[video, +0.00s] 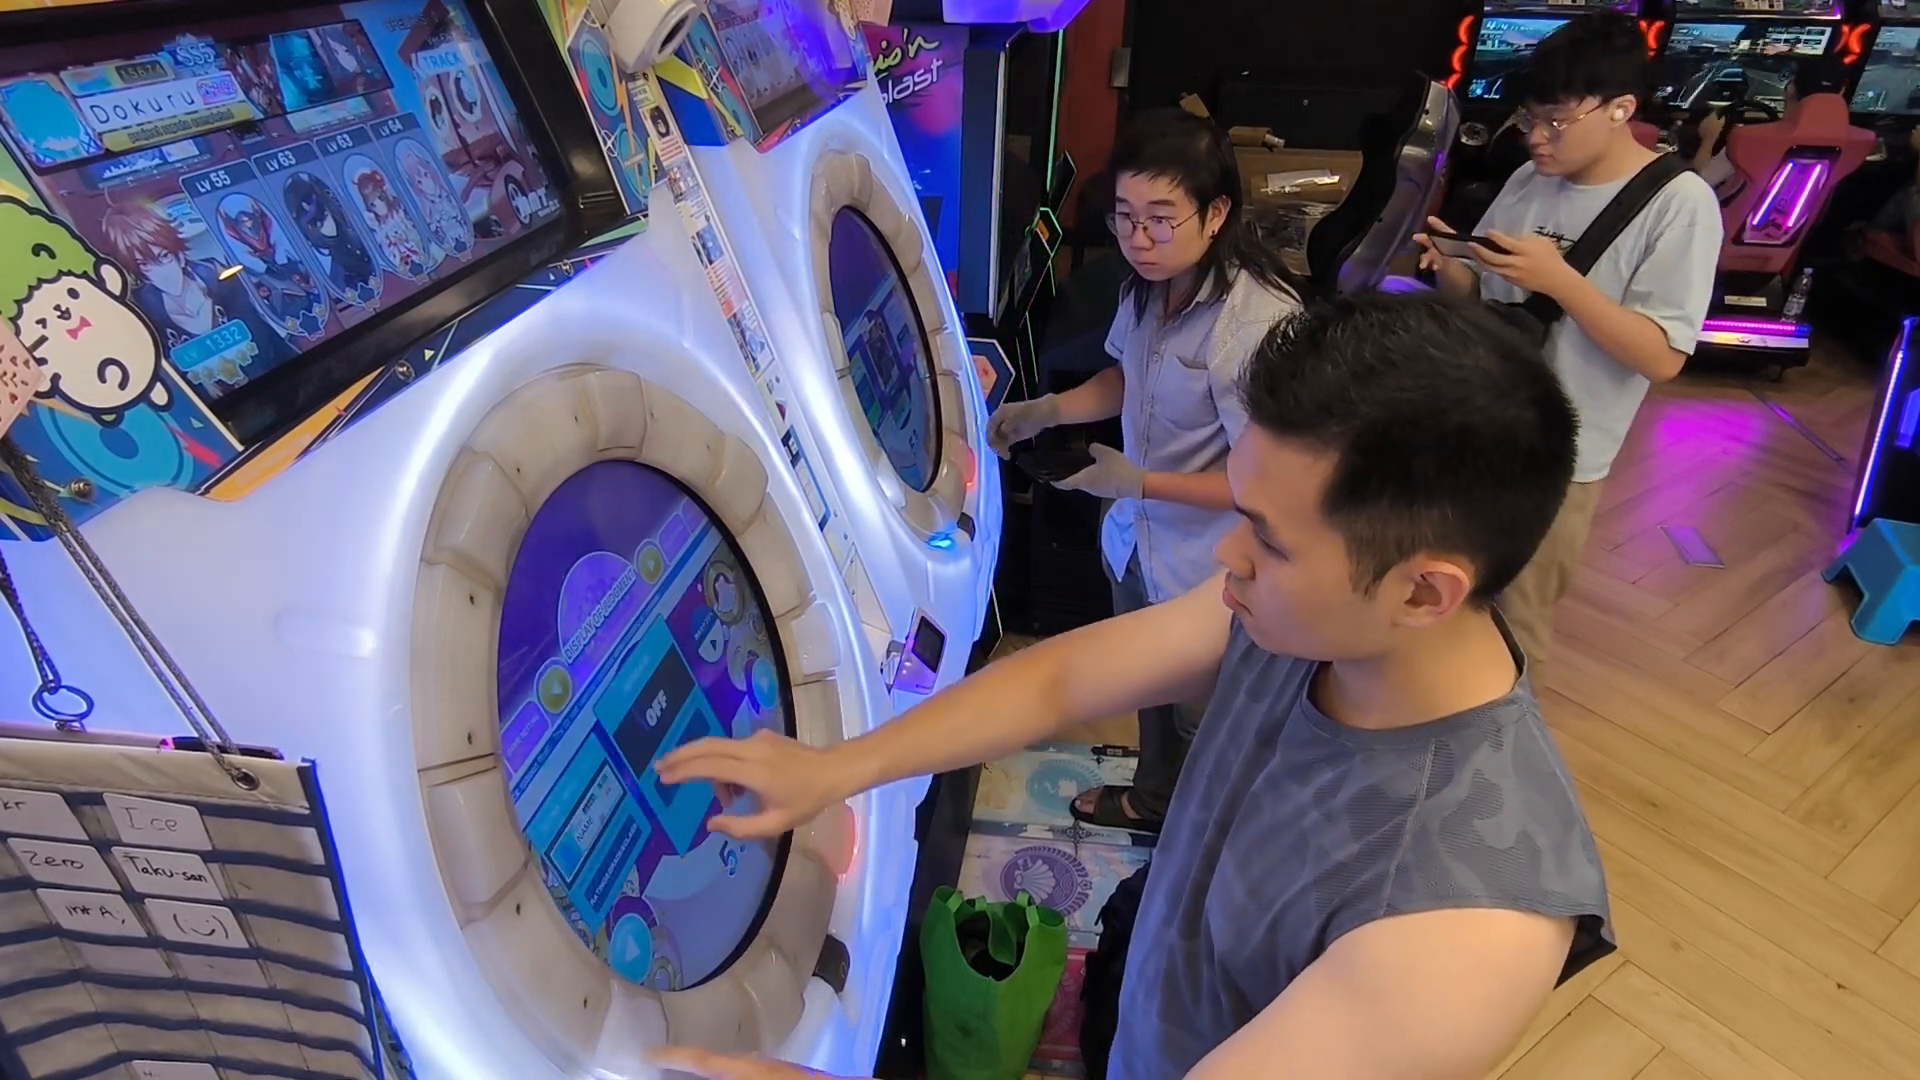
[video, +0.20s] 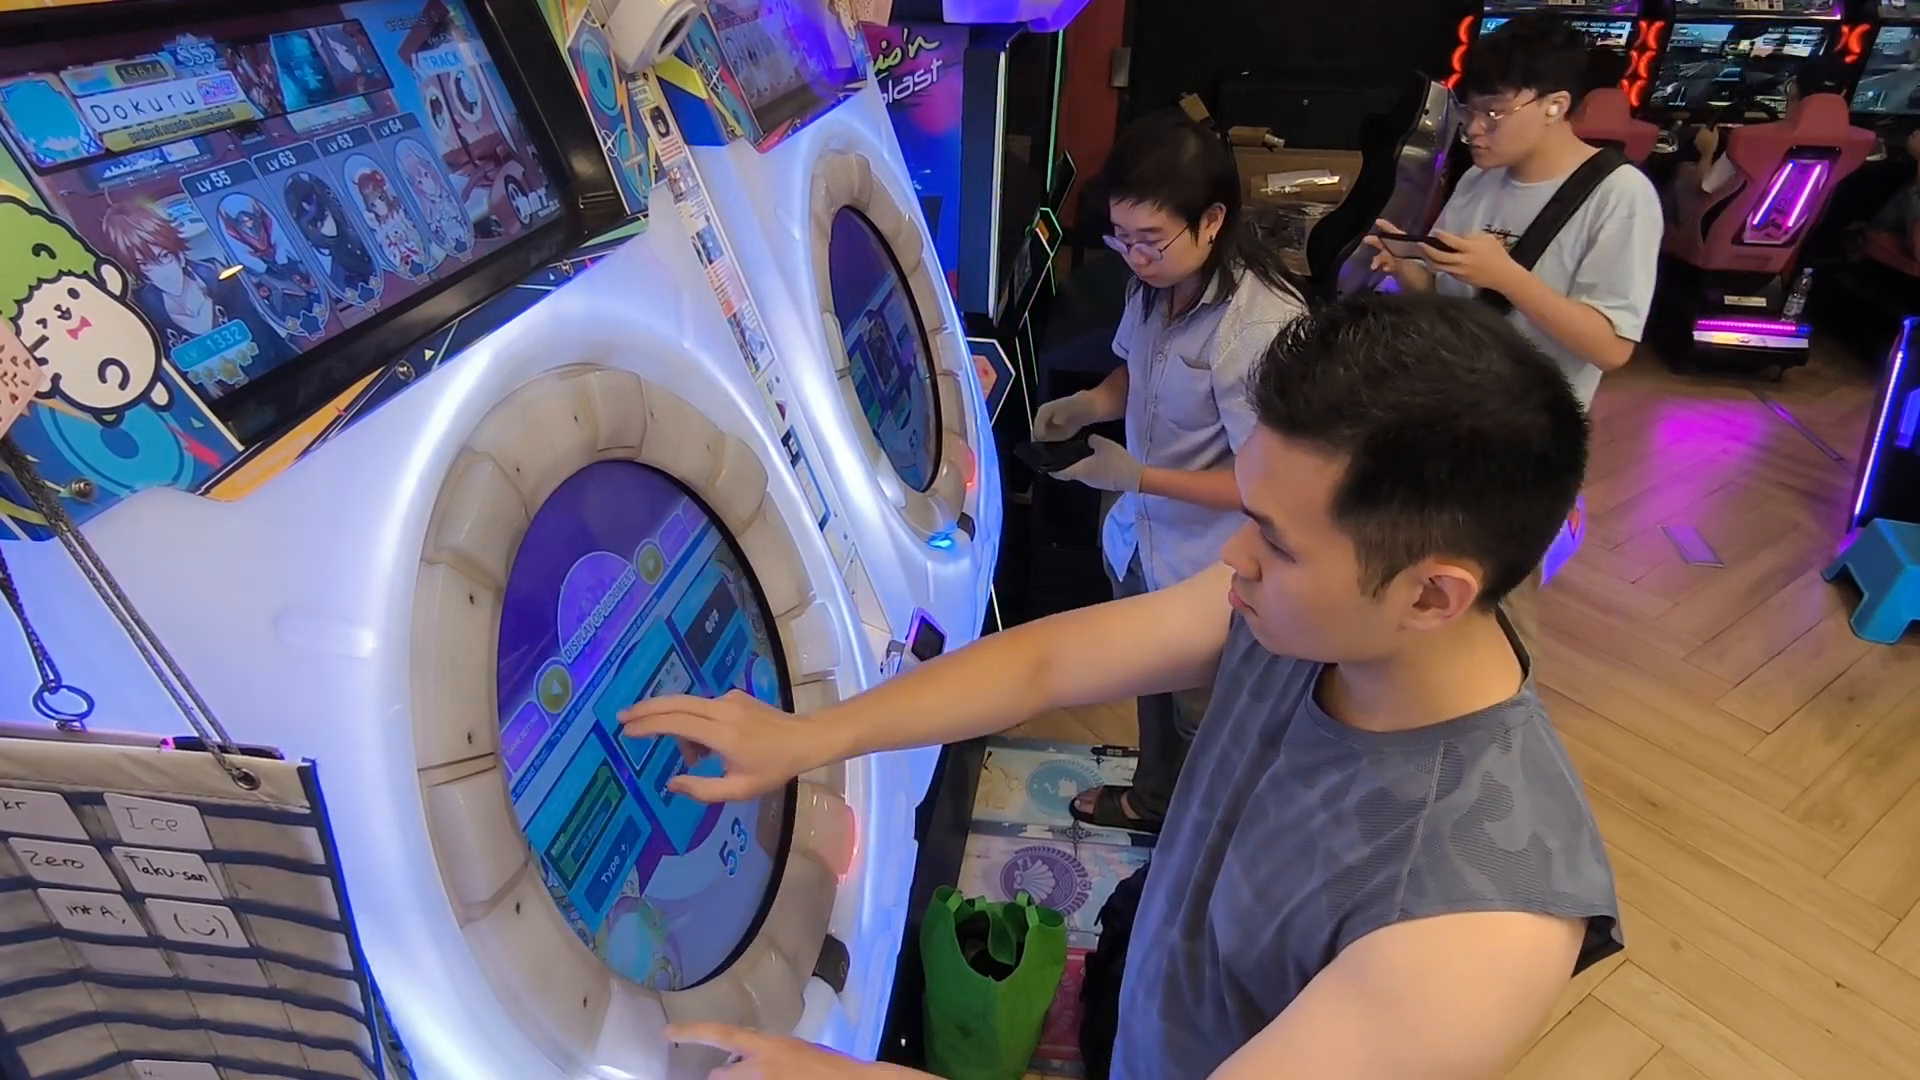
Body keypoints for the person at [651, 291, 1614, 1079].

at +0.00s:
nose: (1219, 553)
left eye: (1268, 541)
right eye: (1237, 511)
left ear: (1427, 593)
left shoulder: (1472, 910)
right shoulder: (1296, 605)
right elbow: (1061, 680)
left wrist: (811, 1069)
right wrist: (841, 767)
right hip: (1135, 1014)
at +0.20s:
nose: (1225, 554)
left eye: (1276, 544)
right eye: (1244, 512)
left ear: (1435, 595)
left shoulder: (1479, 915)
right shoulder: (1298, 594)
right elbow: (1049, 662)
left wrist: (878, 1076)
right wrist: (809, 736)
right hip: (1138, 988)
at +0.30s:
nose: (1229, 554)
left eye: (1279, 544)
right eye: (1246, 512)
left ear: (1438, 595)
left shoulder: (1486, 916)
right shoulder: (1295, 591)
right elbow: (1040, 654)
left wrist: (882, 1078)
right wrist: (793, 729)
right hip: (1137, 1003)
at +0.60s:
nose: (1229, 558)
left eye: (1281, 547)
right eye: (1247, 514)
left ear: (1442, 596)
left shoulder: (1492, 917)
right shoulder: (1287, 590)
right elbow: (1032, 664)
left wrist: (874, 1078)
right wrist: (795, 754)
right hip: (1137, 992)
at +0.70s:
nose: (1230, 560)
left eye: (1279, 549)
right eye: (1248, 518)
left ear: (1438, 599)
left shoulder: (1491, 913)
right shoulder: (1292, 596)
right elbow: (1046, 685)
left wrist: (877, 1076)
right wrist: (844, 797)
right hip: (1133, 1025)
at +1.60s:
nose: (1191, 579)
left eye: (1222, 561)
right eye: (1198, 544)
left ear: (1370, 593)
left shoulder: (1494, 918)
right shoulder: (1296, 626)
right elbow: (1101, 726)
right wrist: (904, 805)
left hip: (1208, 1075)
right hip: (1131, 1002)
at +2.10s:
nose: (1161, 578)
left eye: (1187, 562)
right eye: (1162, 546)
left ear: (1327, 584)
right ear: (1326, 587)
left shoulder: (1500, 922)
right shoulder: (1286, 640)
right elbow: (1163, 761)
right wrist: (1000, 857)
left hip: (1215, 1071)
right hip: (1141, 977)